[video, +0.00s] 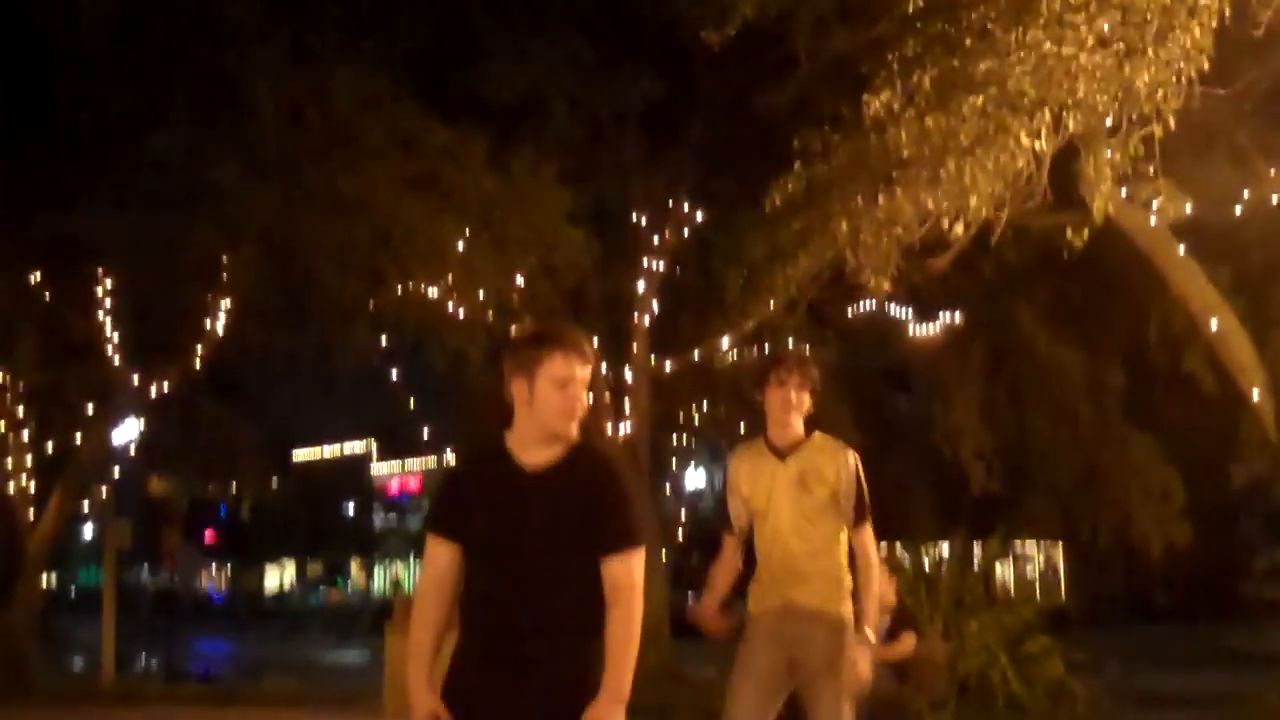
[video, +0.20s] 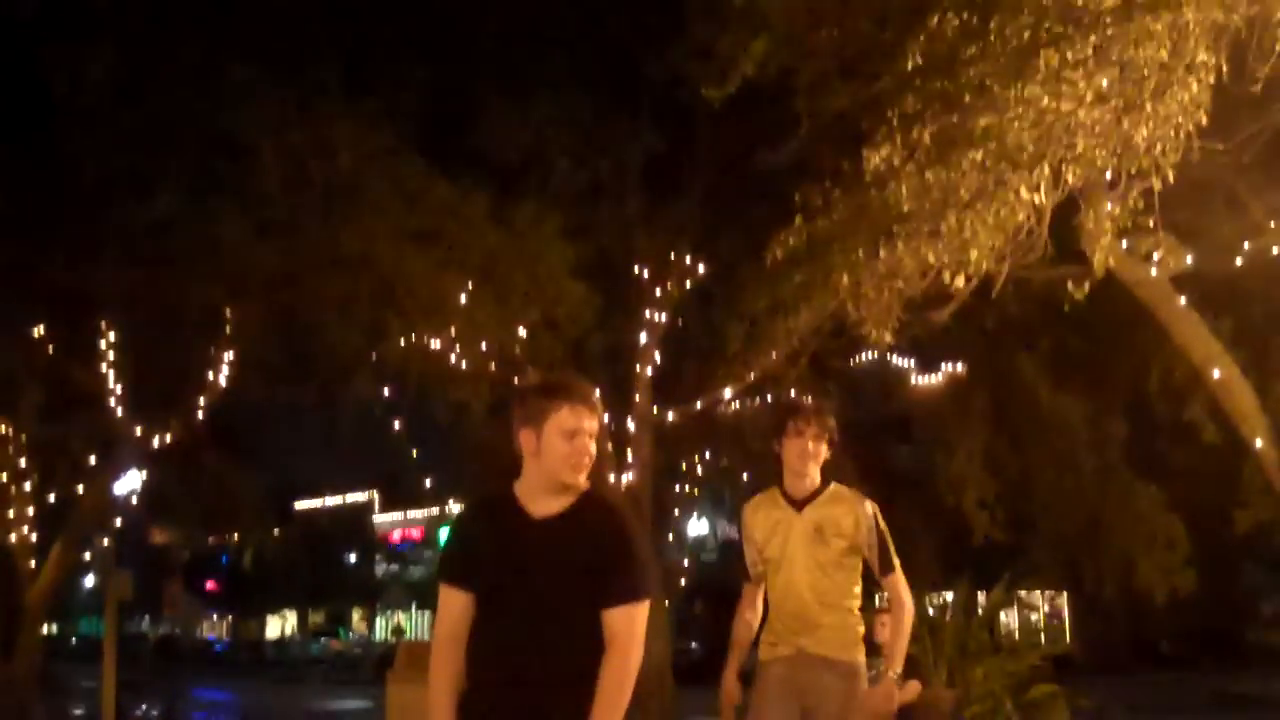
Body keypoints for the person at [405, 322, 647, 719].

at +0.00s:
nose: (580, 401)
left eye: (584, 387)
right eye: (563, 385)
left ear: (591, 393)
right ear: (519, 389)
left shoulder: (603, 481)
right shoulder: (468, 481)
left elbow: (624, 598)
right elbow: (436, 587)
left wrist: (612, 700)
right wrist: (420, 689)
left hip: (571, 698)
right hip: (478, 695)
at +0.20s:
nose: (588, 450)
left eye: (592, 437)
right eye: (571, 436)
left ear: (598, 440)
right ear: (528, 441)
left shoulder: (611, 528)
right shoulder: (479, 523)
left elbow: (625, 648)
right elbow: (449, 638)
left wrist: (602, 715)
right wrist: (441, 712)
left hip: (574, 708)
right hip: (488, 706)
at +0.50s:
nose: (599, 486)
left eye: (605, 473)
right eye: (581, 472)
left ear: (612, 478)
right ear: (540, 478)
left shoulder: (624, 567)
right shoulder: (498, 555)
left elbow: (636, 699)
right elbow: (465, 672)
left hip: (588, 711)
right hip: (506, 711)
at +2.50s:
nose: (598, 487)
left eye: (603, 472)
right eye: (581, 475)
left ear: (610, 472)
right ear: (540, 478)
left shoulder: (626, 554)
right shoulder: (502, 555)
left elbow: (640, 682)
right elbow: (472, 673)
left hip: (601, 712)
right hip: (518, 710)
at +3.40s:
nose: (544, 497)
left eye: (560, 482)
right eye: (533, 483)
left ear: (593, 475)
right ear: (521, 477)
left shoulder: (629, 553)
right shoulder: (509, 554)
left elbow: (646, 684)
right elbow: (481, 672)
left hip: (606, 711)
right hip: (523, 711)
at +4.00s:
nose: (520, 504)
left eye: (537, 489)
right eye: (510, 490)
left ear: (575, 483)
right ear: (501, 486)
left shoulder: (620, 565)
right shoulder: (492, 555)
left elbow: (648, 690)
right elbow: (479, 662)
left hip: (604, 713)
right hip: (521, 712)